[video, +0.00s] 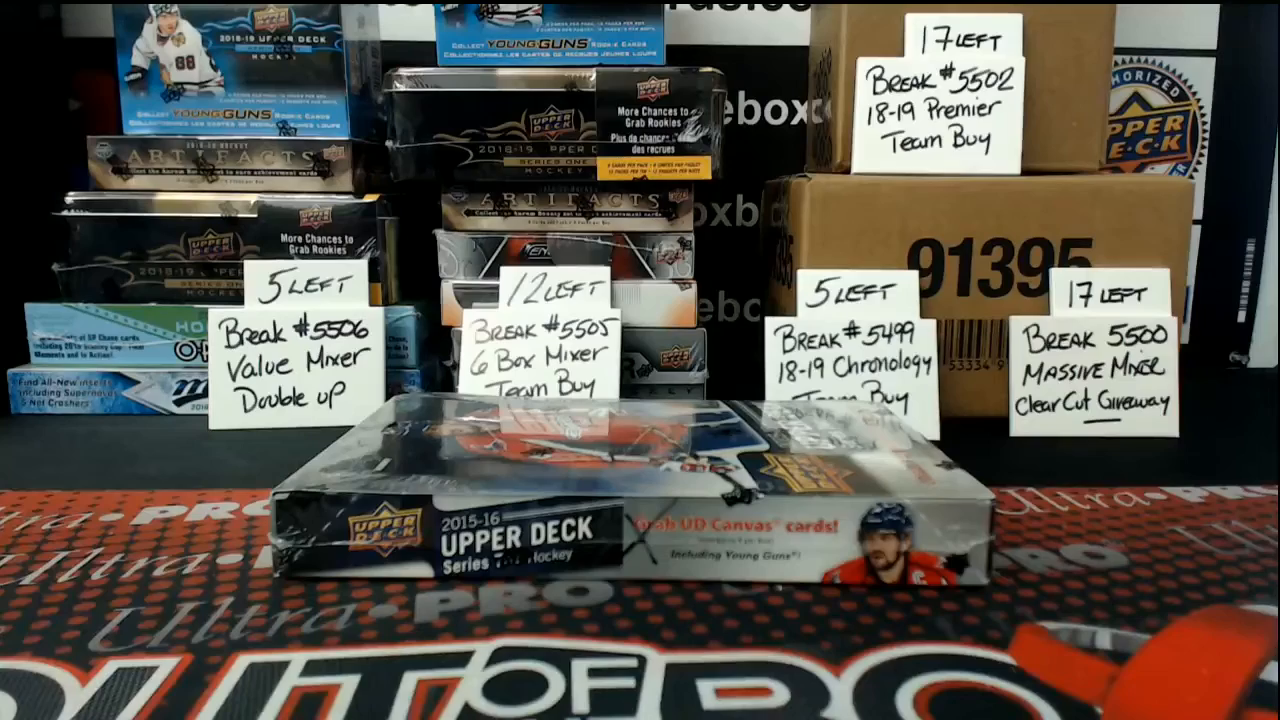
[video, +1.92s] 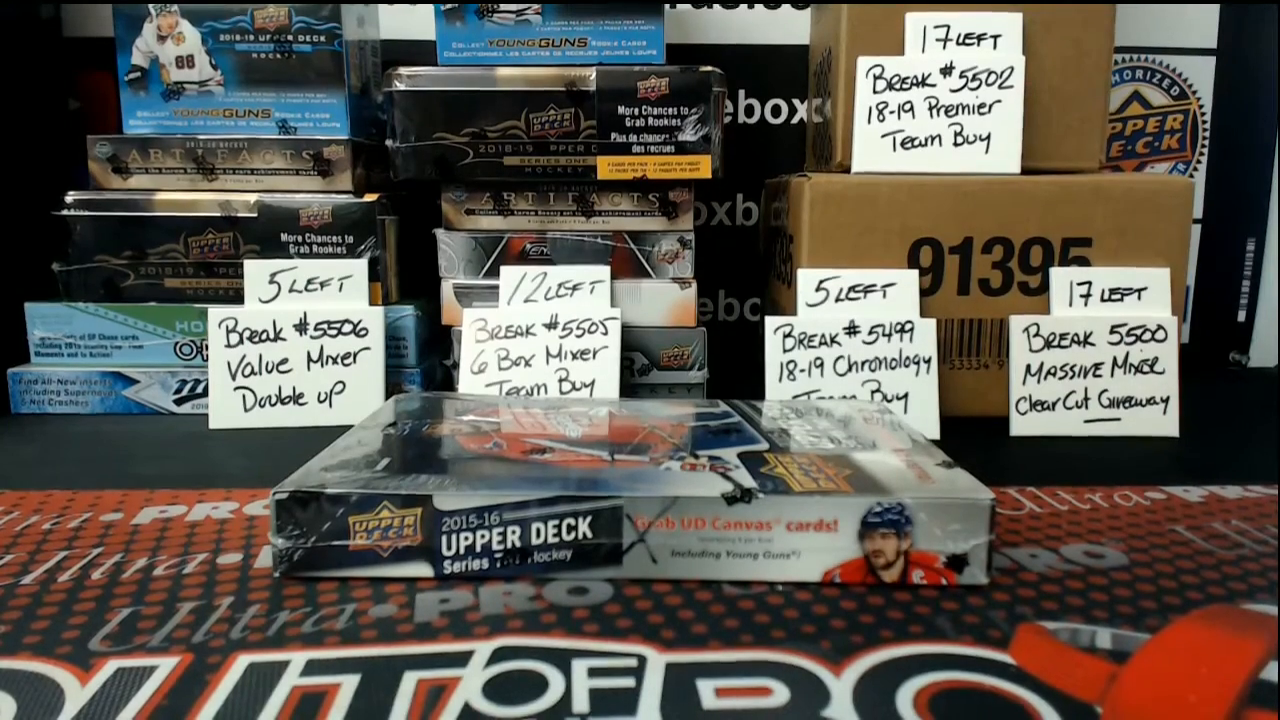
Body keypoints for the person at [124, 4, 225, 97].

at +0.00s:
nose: (170, 22)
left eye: (173, 17)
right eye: (164, 18)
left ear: (178, 17)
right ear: (156, 19)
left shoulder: (186, 35)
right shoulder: (150, 28)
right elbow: (141, 50)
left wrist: (177, 89)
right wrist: (137, 73)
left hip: (209, 84)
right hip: (181, 84)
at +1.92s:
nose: (169, 22)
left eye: (172, 16)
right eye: (163, 17)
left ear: (177, 16)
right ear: (155, 19)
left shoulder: (186, 34)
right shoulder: (149, 28)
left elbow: (188, 66)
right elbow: (141, 49)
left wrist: (179, 87)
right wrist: (137, 70)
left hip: (209, 83)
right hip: (182, 85)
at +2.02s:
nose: (170, 23)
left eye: (173, 17)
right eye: (164, 18)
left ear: (178, 17)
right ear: (156, 20)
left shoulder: (186, 36)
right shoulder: (150, 28)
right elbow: (142, 50)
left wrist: (178, 89)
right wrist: (137, 72)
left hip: (208, 84)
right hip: (181, 84)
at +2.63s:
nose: (170, 22)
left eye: (173, 17)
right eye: (164, 18)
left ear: (178, 17)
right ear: (156, 20)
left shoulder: (186, 36)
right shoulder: (150, 28)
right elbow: (142, 50)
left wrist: (179, 89)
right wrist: (137, 72)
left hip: (209, 84)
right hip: (181, 83)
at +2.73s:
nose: (170, 22)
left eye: (173, 17)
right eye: (164, 17)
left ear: (178, 17)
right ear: (156, 20)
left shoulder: (186, 34)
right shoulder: (150, 29)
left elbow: (188, 65)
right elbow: (142, 50)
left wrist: (180, 87)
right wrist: (137, 73)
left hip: (208, 83)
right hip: (181, 84)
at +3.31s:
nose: (170, 22)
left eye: (173, 17)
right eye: (164, 18)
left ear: (178, 17)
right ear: (156, 20)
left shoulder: (186, 35)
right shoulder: (150, 28)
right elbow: (141, 50)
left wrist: (179, 89)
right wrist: (137, 74)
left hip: (209, 84)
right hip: (181, 85)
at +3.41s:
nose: (170, 22)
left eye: (173, 17)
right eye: (164, 18)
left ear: (178, 17)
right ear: (156, 20)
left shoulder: (186, 35)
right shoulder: (150, 28)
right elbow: (141, 50)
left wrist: (179, 89)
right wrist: (137, 74)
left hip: (209, 84)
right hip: (181, 85)